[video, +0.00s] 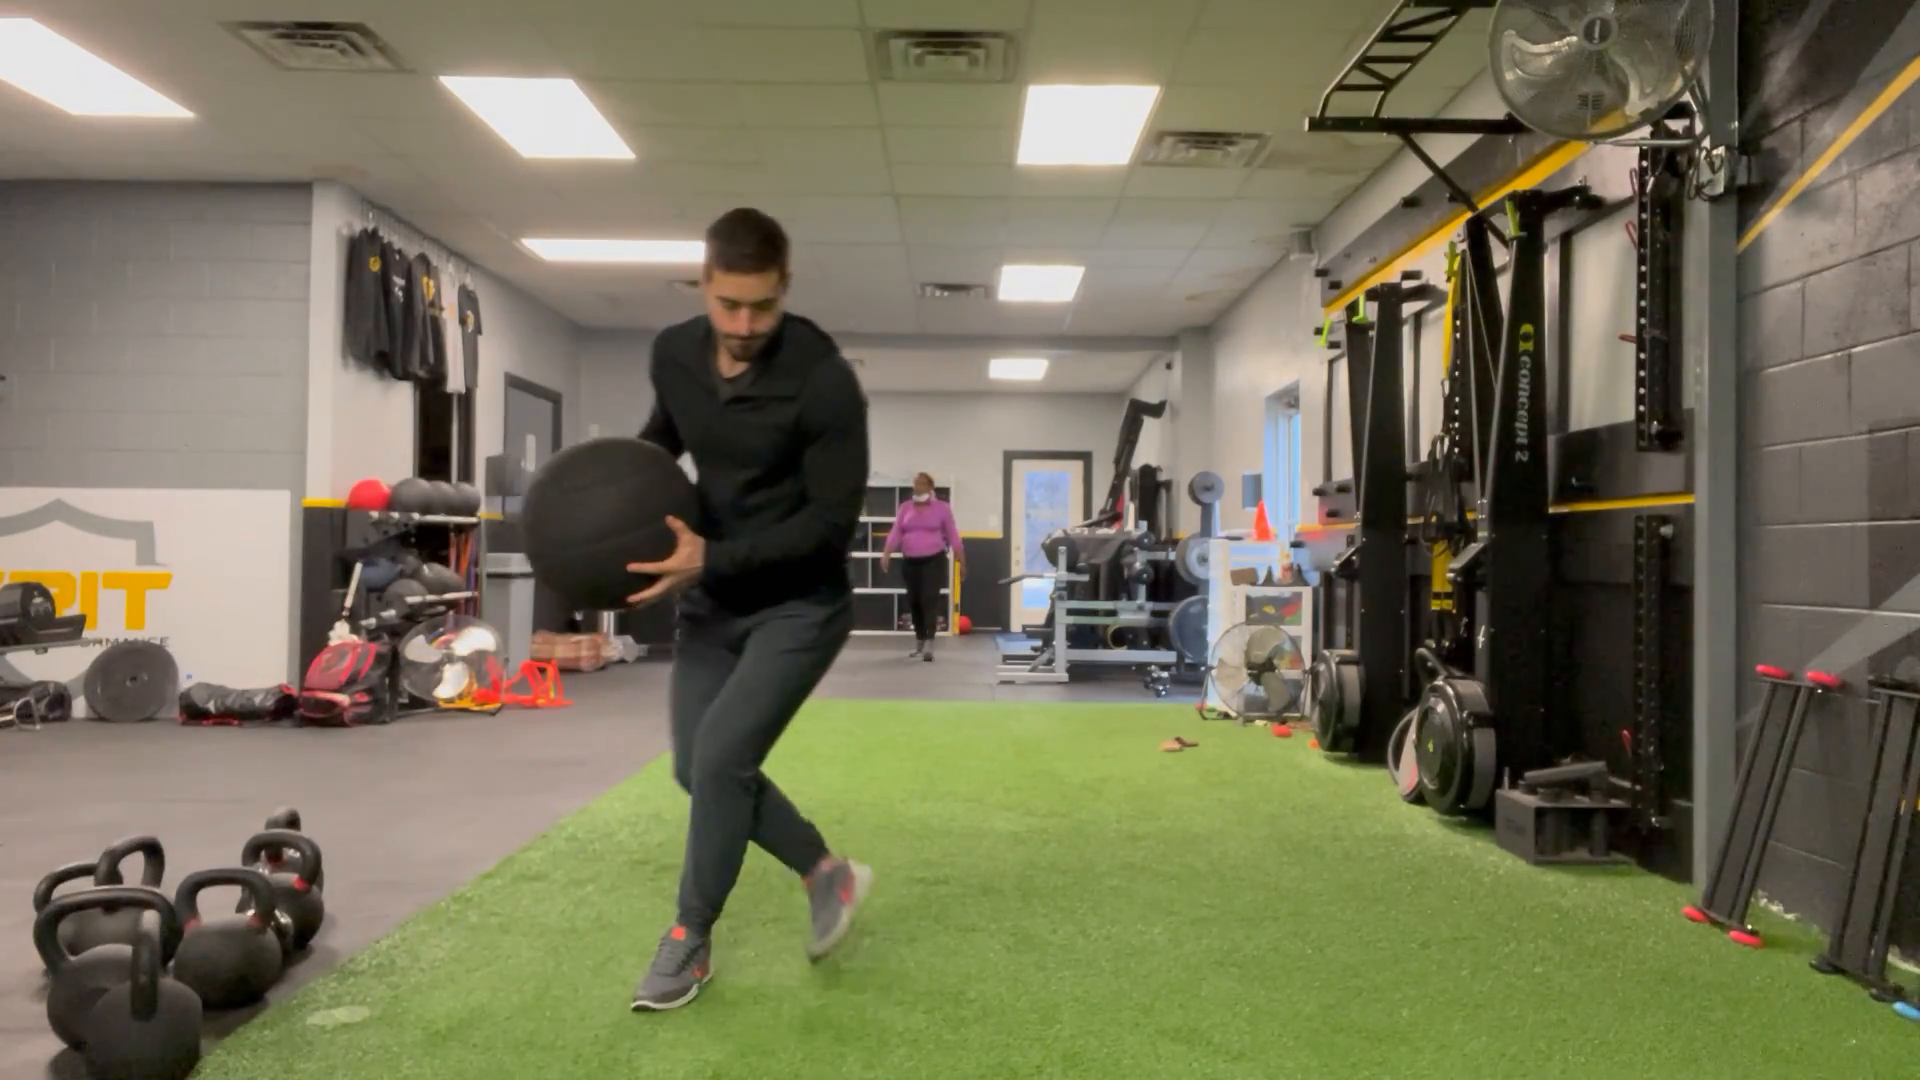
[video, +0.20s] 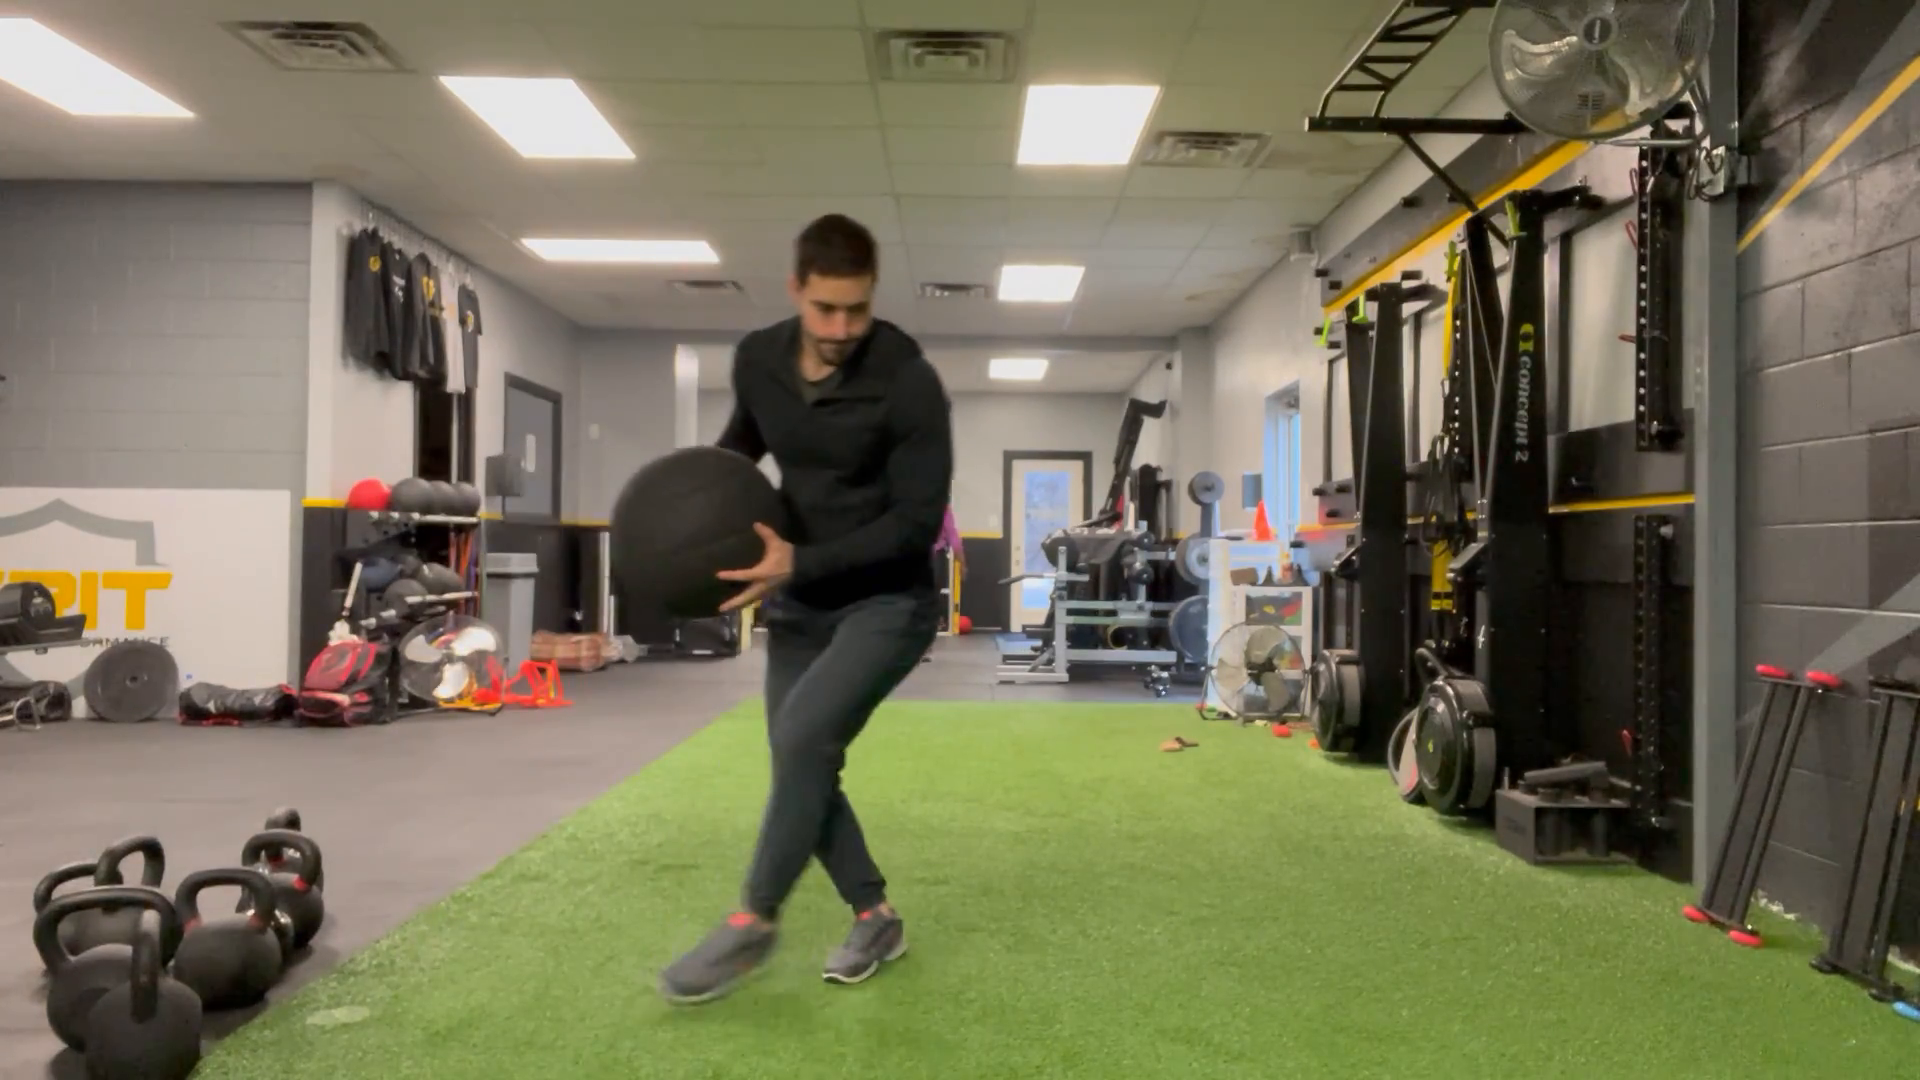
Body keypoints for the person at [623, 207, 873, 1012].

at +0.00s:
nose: (745, 323)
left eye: (762, 306)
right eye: (730, 304)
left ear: (785, 291)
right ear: (705, 287)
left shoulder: (825, 381)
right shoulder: (678, 353)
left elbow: (832, 524)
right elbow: (664, 437)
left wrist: (714, 555)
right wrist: (615, 505)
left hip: (804, 601)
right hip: (715, 599)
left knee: (720, 758)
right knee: (697, 768)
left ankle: (690, 935)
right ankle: (826, 872)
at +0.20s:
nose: (840, 327)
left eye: (856, 309)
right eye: (824, 309)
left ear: (875, 297)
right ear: (794, 292)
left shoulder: (909, 382)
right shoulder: (759, 359)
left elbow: (916, 525)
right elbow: (744, 441)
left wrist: (800, 562)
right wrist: (692, 512)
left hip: (892, 595)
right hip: (800, 598)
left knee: (805, 731)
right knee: (794, 749)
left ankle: (753, 919)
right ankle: (874, 913)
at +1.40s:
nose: (1250, 247)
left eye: (1252, 231)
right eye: (1238, 232)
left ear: (1205, 239)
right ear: (1182, 235)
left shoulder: (1217, 333)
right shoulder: (1124, 330)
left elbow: (1201, 443)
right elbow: (1096, 458)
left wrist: (1284, 475)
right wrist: (1100, 562)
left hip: (1190, 586)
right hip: (1111, 584)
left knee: (1232, 750)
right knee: (1042, 750)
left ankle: (1239, 932)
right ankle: (901, 873)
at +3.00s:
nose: (615, 253)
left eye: (632, 235)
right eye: (601, 235)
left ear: (671, 216)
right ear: (587, 222)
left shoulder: (727, 306)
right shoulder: (570, 306)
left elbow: (762, 437)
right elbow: (548, 419)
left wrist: (673, 458)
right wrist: (514, 467)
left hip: (685, 573)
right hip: (581, 569)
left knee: (681, 751)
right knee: (513, 738)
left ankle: (705, 940)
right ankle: (469, 886)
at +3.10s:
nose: (576, 264)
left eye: (594, 246)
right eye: (563, 244)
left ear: (630, 232)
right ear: (548, 232)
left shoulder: (687, 317)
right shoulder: (524, 313)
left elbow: (716, 448)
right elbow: (503, 428)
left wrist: (626, 465)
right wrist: (476, 481)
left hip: (647, 575)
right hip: (541, 574)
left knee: (660, 750)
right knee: (474, 741)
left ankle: (703, 940)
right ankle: (399, 896)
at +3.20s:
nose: (533, 280)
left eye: (552, 264)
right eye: (521, 261)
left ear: (589, 248)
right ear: (506, 243)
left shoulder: (642, 334)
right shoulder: (471, 325)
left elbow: (666, 464)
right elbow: (440, 445)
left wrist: (575, 485)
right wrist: (399, 496)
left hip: (602, 589)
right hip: (492, 591)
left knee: (632, 757)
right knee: (434, 759)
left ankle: (699, 938)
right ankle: (393, 910)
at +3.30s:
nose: (499, 287)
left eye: (517, 270)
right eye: (485, 267)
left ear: (552, 252)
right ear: (467, 251)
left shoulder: (604, 339)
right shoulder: (429, 330)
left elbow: (628, 468)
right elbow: (402, 439)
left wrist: (534, 494)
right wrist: (366, 504)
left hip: (568, 590)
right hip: (455, 594)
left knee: (604, 752)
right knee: (411, 764)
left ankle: (675, 929)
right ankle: (388, 917)